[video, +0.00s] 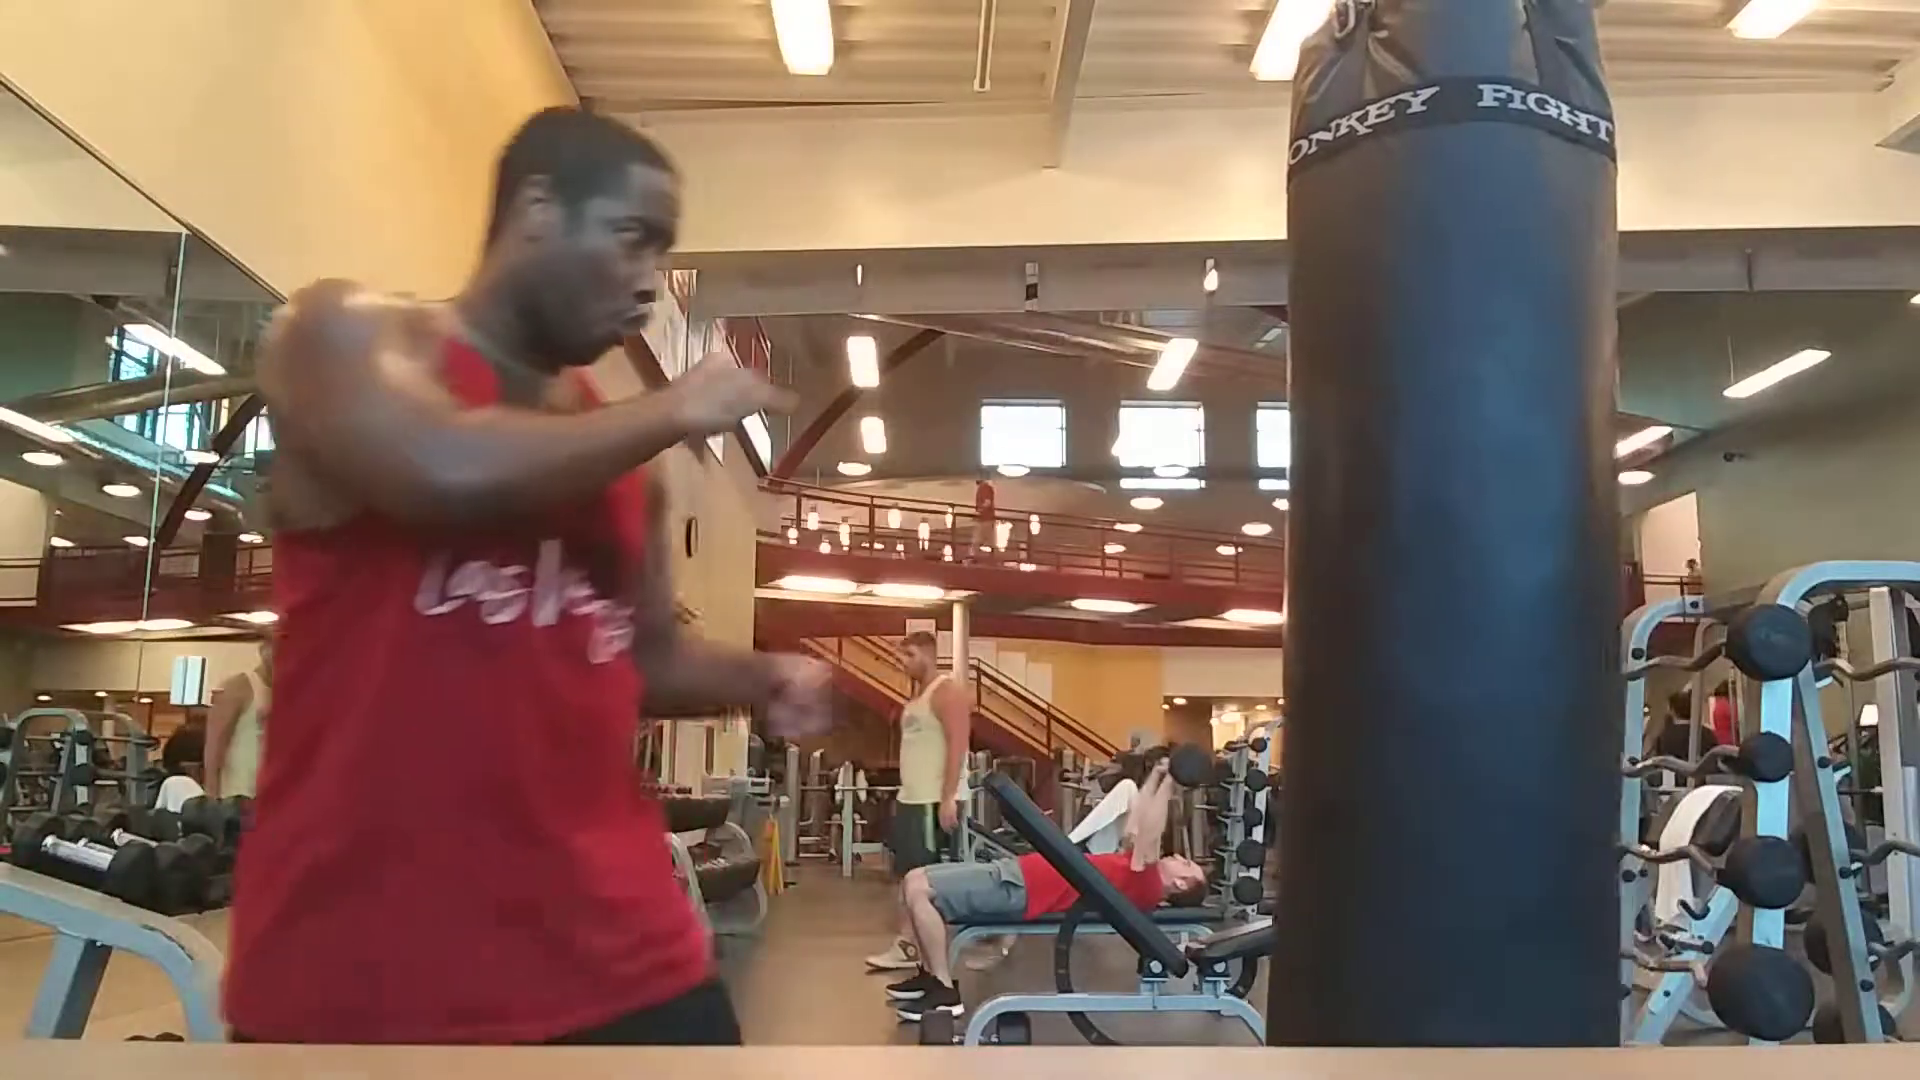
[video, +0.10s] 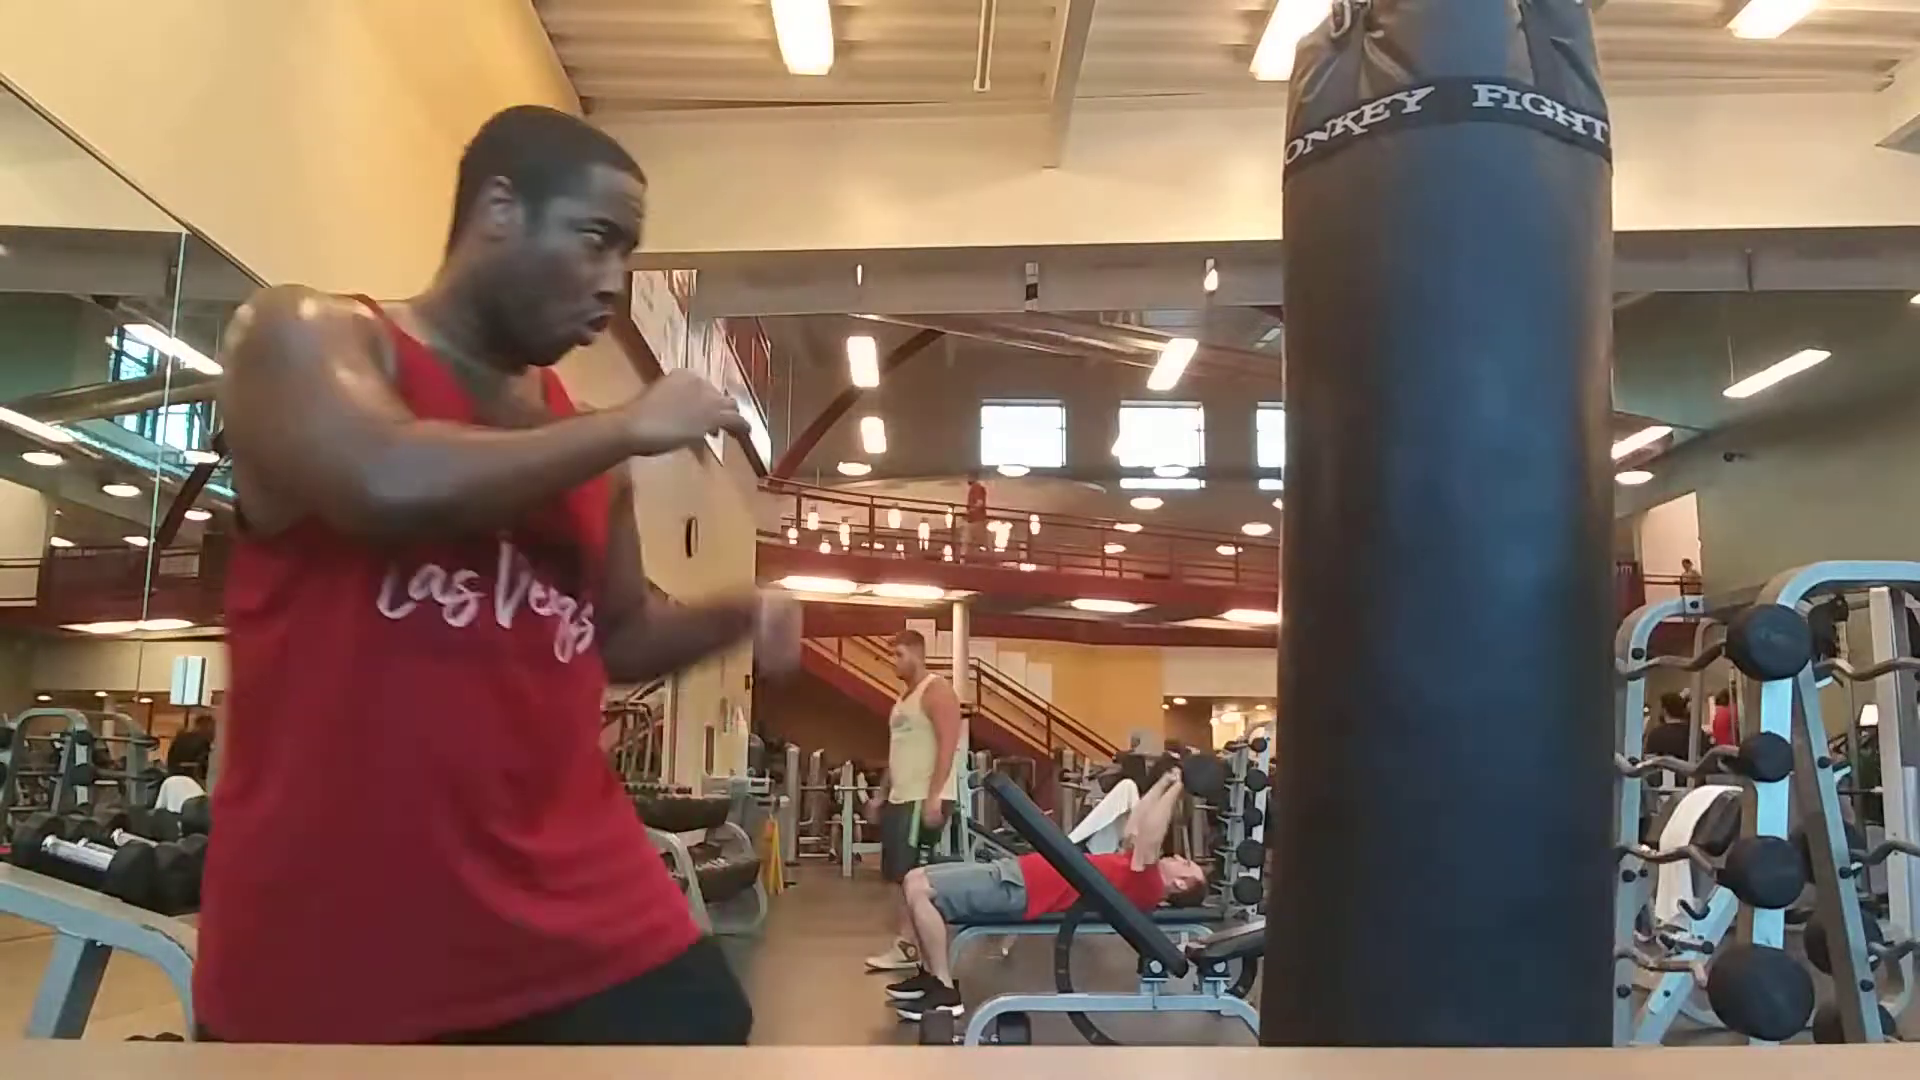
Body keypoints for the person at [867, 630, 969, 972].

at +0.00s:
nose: (903, 661)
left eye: (907, 655)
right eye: (902, 656)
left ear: (925, 655)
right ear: (914, 658)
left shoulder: (948, 690)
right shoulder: (920, 694)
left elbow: (959, 743)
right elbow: (922, 747)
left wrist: (949, 796)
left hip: (932, 802)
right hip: (910, 800)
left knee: (929, 879)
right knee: (908, 877)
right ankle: (907, 942)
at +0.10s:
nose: (894, 660)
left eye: (899, 655)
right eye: (893, 655)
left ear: (917, 655)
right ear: (901, 658)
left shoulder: (937, 690)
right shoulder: (906, 696)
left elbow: (948, 743)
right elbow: (901, 754)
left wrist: (935, 795)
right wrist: (882, 792)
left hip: (923, 798)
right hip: (899, 798)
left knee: (912, 876)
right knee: (901, 876)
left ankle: (913, 946)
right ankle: (908, 943)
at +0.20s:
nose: (884, 661)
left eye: (889, 654)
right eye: (882, 655)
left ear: (909, 654)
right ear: (887, 658)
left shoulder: (930, 689)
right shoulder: (891, 696)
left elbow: (941, 744)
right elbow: (882, 745)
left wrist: (921, 793)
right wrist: (868, 788)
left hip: (921, 798)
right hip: (892, 798)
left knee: (910, 876)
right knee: (898, 876)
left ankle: (912, 947)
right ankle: (908, 945)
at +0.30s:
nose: (877, 661)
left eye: (883, 655)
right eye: (877, 656)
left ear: (902, 657)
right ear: (882, 660)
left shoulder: (922, 689)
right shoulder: (879, 697)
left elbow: (936, 744)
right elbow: (872, 740)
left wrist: (911, 791)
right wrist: (854, 766)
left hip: (916, 798)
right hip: (884, 799)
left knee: (900, 876)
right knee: (893, 877)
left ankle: (904, 948)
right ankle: (910, 945)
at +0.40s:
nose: (871, 661)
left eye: (876, 654)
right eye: (868, 655)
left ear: (896, 653)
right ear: (869, 658)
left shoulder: (917, 693)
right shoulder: (871, 694)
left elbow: (929, 748)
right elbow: (855, 744)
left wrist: (906, 794)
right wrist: (831, 786)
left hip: (907, 803)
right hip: (876, 803)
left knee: (886, 880)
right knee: (897, 882)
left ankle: (875, 954)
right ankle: (910, 949)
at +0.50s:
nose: (863, 661)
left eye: (869, 655)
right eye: (860, 656)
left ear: (889, 655)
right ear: (860, 658)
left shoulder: (911, 694)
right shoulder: (860, 694)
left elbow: (922, 751)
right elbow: (845, 744)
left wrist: (910, 802)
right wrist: (823, 786)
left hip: (893, 800)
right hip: (862, 800)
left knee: (876, 876)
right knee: (886, 878)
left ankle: (868, 955)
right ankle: (905, 946)